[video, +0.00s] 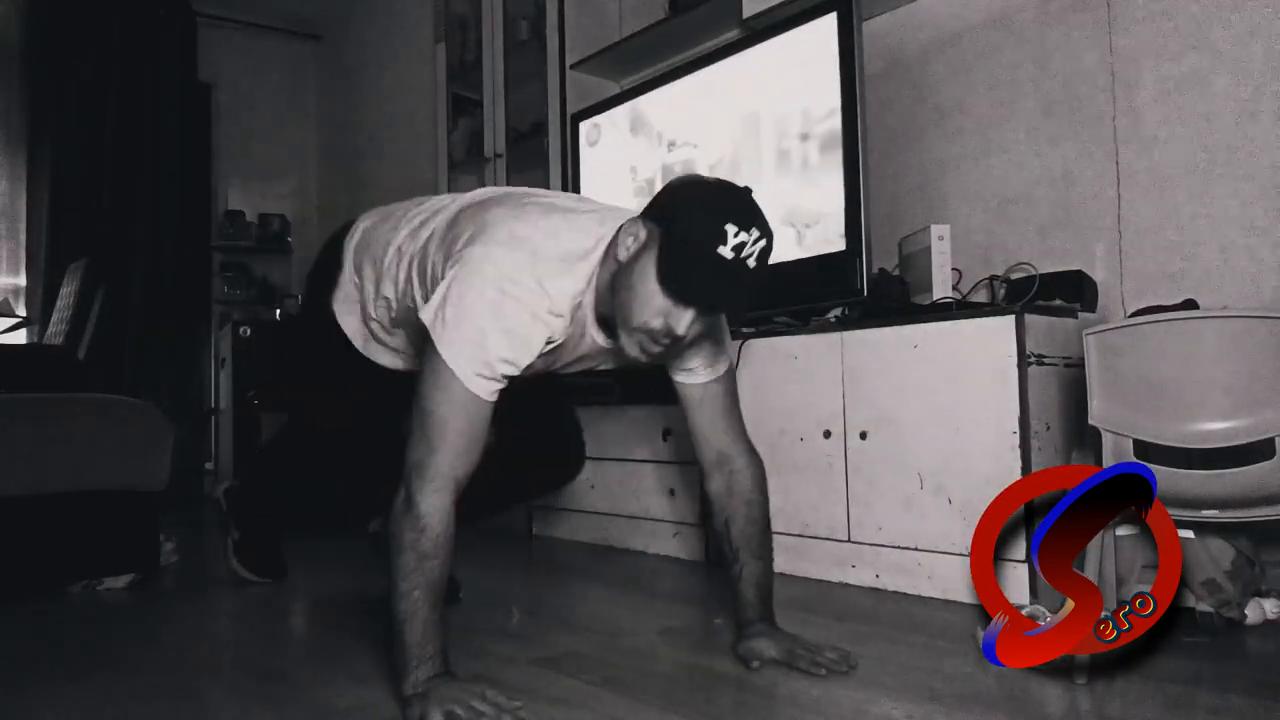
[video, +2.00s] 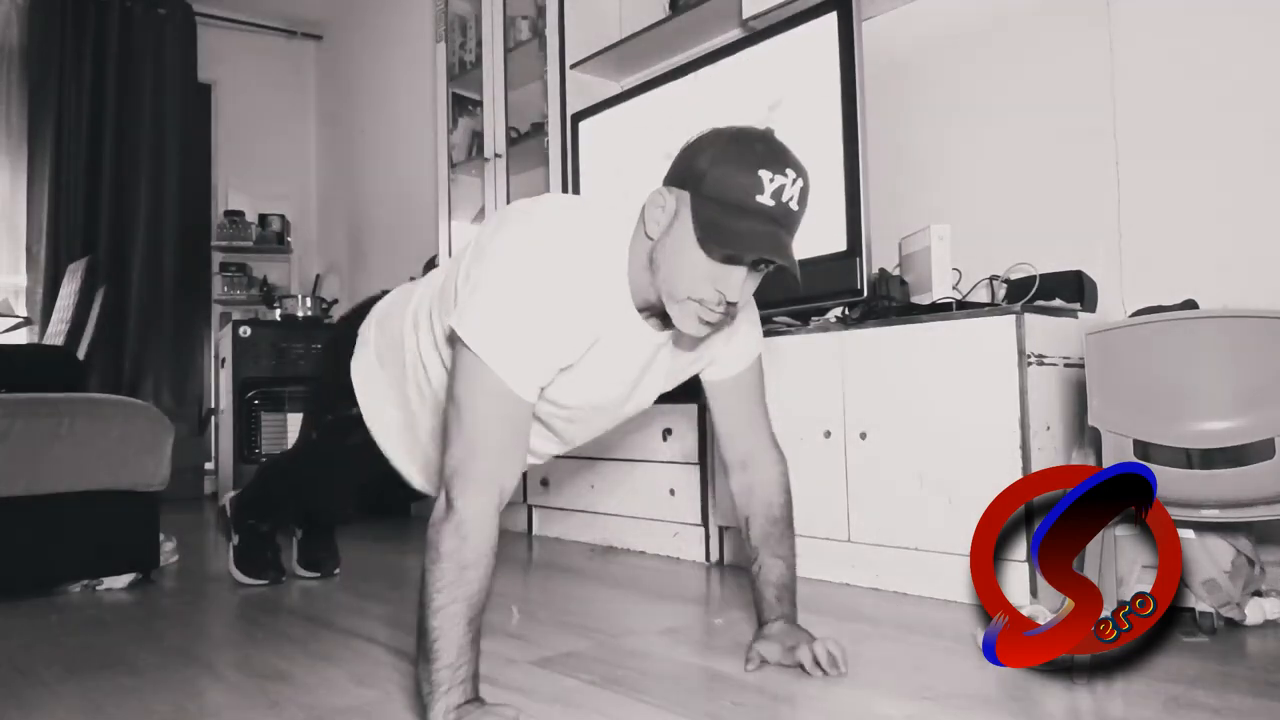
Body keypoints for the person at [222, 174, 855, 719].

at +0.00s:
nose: (678, 331)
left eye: (701, 315)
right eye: (672, 297)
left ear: (725, 312)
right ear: (632, 242)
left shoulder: (694, 317)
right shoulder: (507, 279)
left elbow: (730, 465)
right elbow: (426, 492)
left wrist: (758, 625)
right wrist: (424, 682)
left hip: (480, 314)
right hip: (364, 293)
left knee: (549, 451)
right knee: (352, 492)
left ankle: (418, 529)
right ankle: (258, 504)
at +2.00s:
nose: (735, 291)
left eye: (757, 269)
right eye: (724, 255)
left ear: (773, 260)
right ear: (662, 216)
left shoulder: (722, 312)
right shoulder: (536, 263)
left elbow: (756, 464)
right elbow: (470, 505)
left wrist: (780, 619)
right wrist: (451, 701)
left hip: (463, 438)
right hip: (383, 383)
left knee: (369, 493)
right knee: (315, 476)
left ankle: (315, 521)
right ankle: (250, 515)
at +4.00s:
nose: (734, 351)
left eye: (752, 333)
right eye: (728, 319)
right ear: (669, 253)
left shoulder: (718, 316)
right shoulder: (536, 260)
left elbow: (746, 471)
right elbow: (473, 496)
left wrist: (765, 630)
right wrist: (450, 700)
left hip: (499, 461)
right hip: (404, 417)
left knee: (373, 505)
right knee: (319, 485)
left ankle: (313, 525)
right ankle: (250, 518)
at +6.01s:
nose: (770, 364)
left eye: (786, 345)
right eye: (764, 334)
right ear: (700, 273)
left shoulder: (732, 323)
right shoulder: (563, 283)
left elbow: (755, 469)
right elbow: (455, 505)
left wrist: (763, 630)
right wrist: (450, 700)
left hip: (493, 457)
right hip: (392, 422)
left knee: (363, 513)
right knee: (319, 498)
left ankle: (306, 523)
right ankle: (259, 518)